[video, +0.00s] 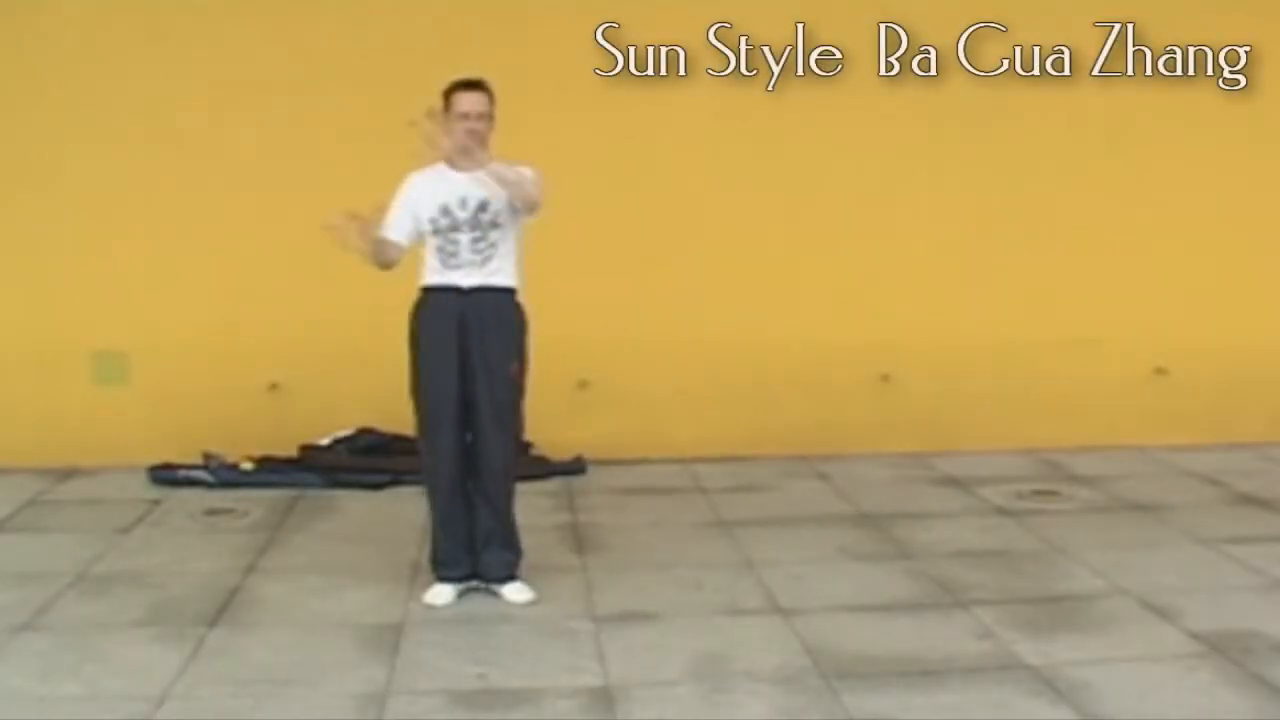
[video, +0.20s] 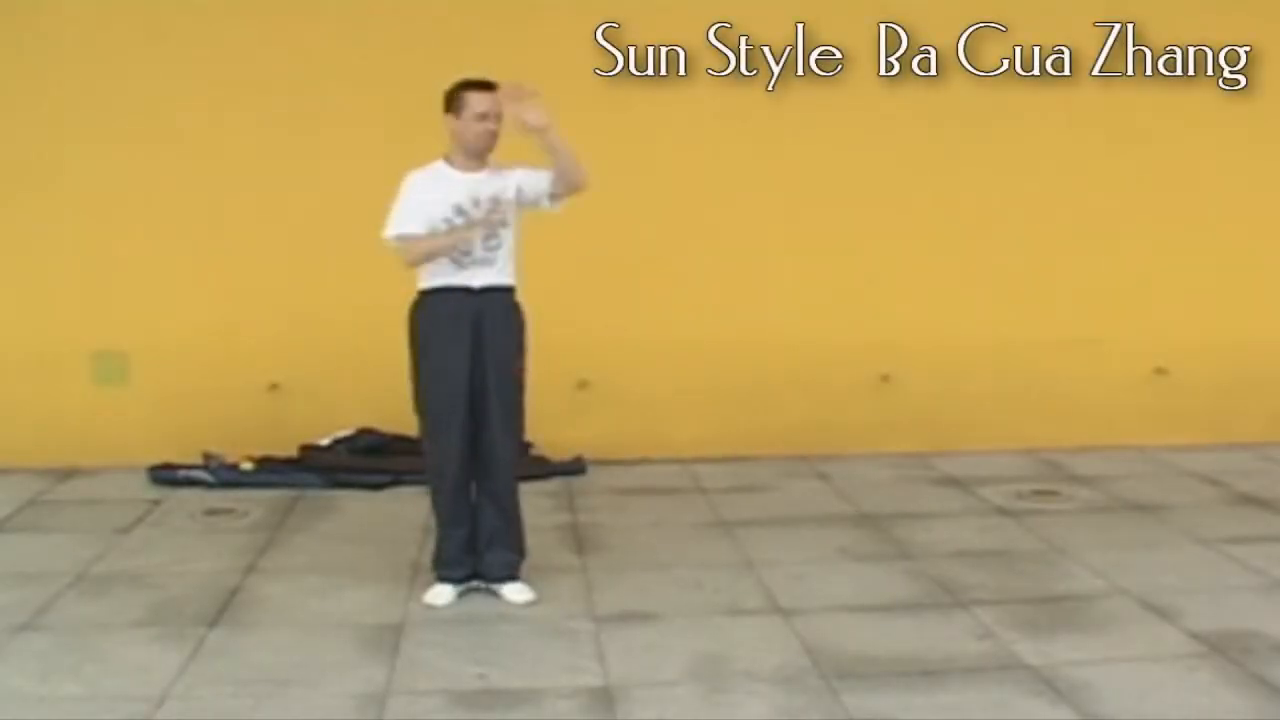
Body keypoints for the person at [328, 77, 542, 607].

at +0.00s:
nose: (473, 127)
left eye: (482, 118)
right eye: (462, 118)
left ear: (493, 124)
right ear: (444, 124)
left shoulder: (511, 177)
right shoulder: (422, 184)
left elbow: (530, 201)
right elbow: (389, 255)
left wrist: (472, 163)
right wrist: (366, 240)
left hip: (496, 312)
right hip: (438, 313)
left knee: (497, 443)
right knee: (442, 445)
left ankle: (500, 568)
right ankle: (451, 570)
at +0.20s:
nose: (489, 127)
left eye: (495, 119)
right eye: (478, 118)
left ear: (501, 125)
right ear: (452, 123)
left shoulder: (510, 181)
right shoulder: (423, 183)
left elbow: (573, 182)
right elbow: (407, 250)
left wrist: (545, 131)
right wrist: (469, 232)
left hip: (498, 310)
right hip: (441, 312)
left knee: (501, 442)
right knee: (446, 443)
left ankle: (502, 567)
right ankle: (453, 568)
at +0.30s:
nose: (499, 128)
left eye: (502, 118)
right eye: (488, 118)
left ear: (504, 125)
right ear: (456, 122)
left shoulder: (512, 181)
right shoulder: (426, 183)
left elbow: (578, 180)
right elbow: (427, 248)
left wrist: (568, 132)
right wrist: (509, 233)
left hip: (499, 311)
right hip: (444, 313)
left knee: (502, 441)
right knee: (449, 443)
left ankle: (503, 567)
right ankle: (454, 568)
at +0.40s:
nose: (504, 129)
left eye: (506, 120)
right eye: (494, 119)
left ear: (502, 126)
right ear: (459, 122)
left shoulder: (507, 180)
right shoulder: (430, 183)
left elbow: (575, 180)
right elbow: (455, 248)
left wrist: (585, 131)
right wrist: (536, 233)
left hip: (500, 312)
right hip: (446, 314)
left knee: (503, 442)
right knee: (450, 443)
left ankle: (502, 567)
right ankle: (454, 569)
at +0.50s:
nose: (509, 129)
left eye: (511, 120)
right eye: (500, 120)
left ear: (501, 126)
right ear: (465, 122)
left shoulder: (506, 181)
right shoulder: (433, 183)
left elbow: (571, 178)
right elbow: (473, 248)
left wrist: (593, 129)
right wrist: (555, 232)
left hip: (500, 312)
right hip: (448, 314)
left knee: (504, 442)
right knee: (453, 444)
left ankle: (502, 567)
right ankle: (454, 569)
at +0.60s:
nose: (511, 130)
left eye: (512, 121)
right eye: (502, 120)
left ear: (499, 126)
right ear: (467, 122)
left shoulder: (506, 181)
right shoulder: (436, 181)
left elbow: (571, 178)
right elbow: (479, 246)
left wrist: (596, 127)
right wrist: (562, 230)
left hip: (499, 312)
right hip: (448, 313)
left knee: (503, 442)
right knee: (454, 444)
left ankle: (502, 568)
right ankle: (454, 569)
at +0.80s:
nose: (510, 131)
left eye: (512, 122)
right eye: (502, 122)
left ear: (487, 126)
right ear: (467, 122)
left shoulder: (507, 180)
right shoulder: (435, 179)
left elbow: (574, 173)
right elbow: (482, 234)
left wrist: (612, 125)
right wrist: (576, 227)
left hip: (499, 313)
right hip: (447, 315)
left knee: (503, 443)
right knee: (453, 445)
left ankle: (503, 568)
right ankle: (455, 570)